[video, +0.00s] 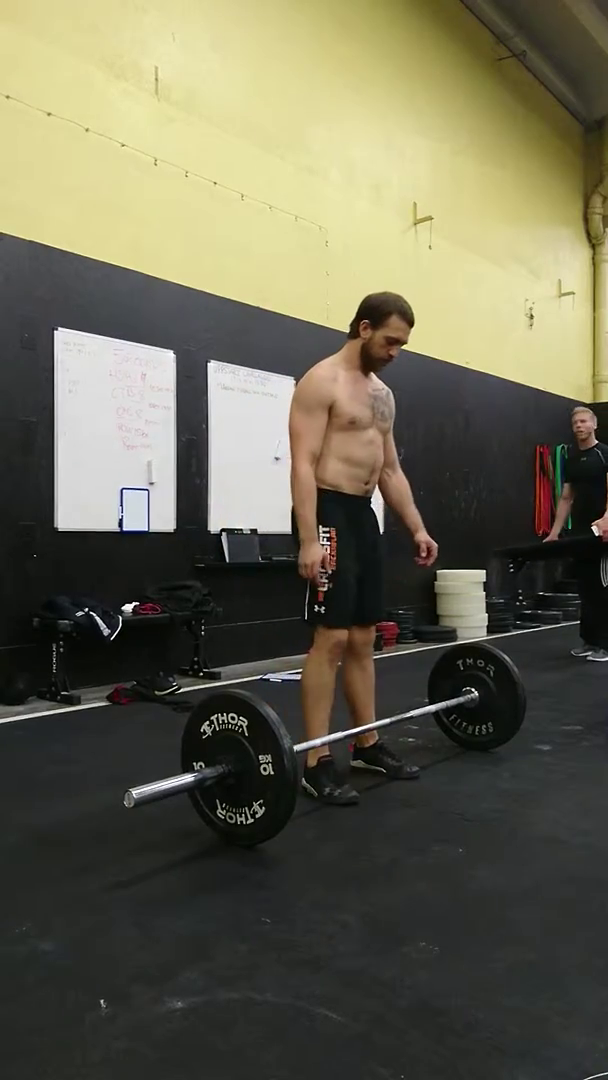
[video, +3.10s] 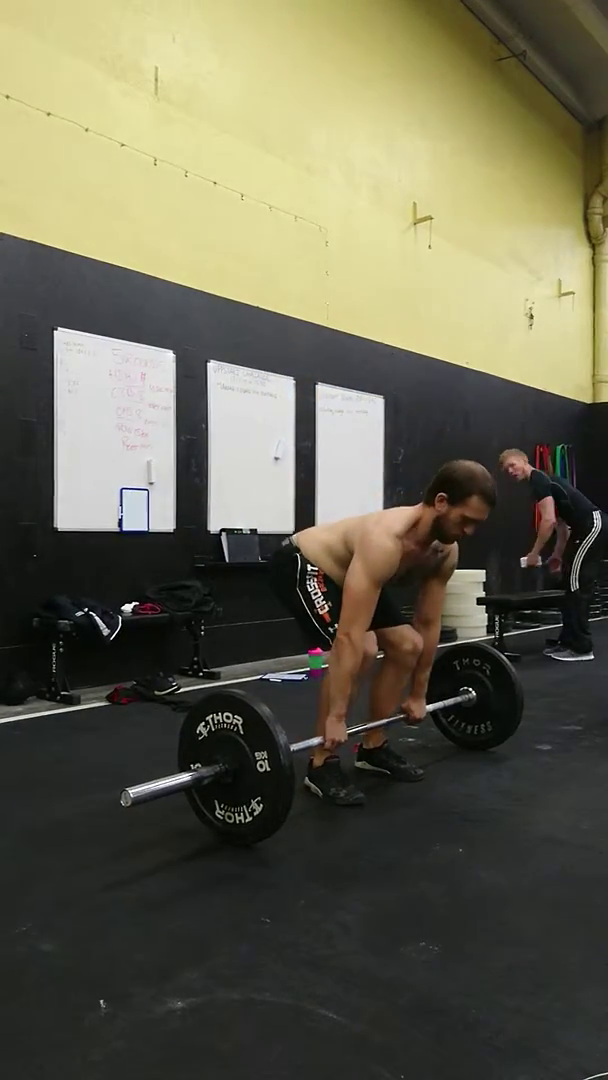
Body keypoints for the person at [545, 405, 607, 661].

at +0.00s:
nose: (580, 426)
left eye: (584, 421)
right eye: (576, 422)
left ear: (594, 424)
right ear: (572, 427)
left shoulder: (603, 453)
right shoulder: (573, 457)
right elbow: (566, 497)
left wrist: (606, 519)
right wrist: (555, 531)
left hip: (601, 531)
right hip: (581, 532)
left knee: (600, 587)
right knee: (587, 587)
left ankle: (604, 645)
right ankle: (591, 641)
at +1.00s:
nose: (562, 430)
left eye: (566, 426)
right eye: (563, 426)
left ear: (580, 429)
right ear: (577, 429)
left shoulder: (593, 453)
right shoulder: (571, 454)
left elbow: (590, 491)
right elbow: (573, 492)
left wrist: (572, 520)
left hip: (595, 530)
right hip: (579, 530)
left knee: (597, 587)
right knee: (574, 584)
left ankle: (603, 645)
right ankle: (574, 640)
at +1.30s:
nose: (552, 433)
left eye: (555, 429)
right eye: (553, 430)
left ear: (566, 433)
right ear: (569, 434)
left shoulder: (571, 455)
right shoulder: (572, 455)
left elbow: (558, 493)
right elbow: (560, 494)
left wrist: (534, 521)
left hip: (590, 521)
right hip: (580, 521)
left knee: (581, 580)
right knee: (571, 580)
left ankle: (602, 643)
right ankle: (571, 643)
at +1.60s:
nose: (533, 459)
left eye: (533, 456)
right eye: (533, 456)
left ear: (537, 454)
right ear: (553, 451)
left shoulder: (549, 468)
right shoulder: (568, 468)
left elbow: (532, 507)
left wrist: (514, 537)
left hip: (588, 521)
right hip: (594, 520)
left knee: (573, 579)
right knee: (576, 580)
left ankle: (576, 646)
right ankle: (571, 642)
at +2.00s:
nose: (524, 496)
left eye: (523, 493)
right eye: (523, 494)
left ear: (524, 491)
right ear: (540, 484)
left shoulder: (532, 500)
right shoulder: (556, 494)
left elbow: (518, 539)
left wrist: (503, 571)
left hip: (590, 528)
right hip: (600, 524)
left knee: (568, 583)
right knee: (580, 585)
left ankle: (577, 648)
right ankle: (570, 642)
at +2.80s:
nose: (508, 505)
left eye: (508, 500)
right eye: (506, 502)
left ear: (519, 493)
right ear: (522, 492)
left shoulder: (530, 504)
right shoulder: (541, 499)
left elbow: (520, 546)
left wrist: (504, 578)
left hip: (590, 527)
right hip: (599, 525)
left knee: (569, 585)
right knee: (580, 586)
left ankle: (578, 648)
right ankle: (569, 642)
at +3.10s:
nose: (510, 471)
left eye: (512, 465)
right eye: (506, 469)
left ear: (524, 462)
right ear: (507, 471)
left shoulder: (538, 479)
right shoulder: (541, 481)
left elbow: (549, 520)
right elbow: (563, 525)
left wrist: (534, 553)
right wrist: (557, 555)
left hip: (592, 524)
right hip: (583, 527)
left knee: (574, 581)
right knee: (568, 580)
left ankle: (580, 646)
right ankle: (569, 640)